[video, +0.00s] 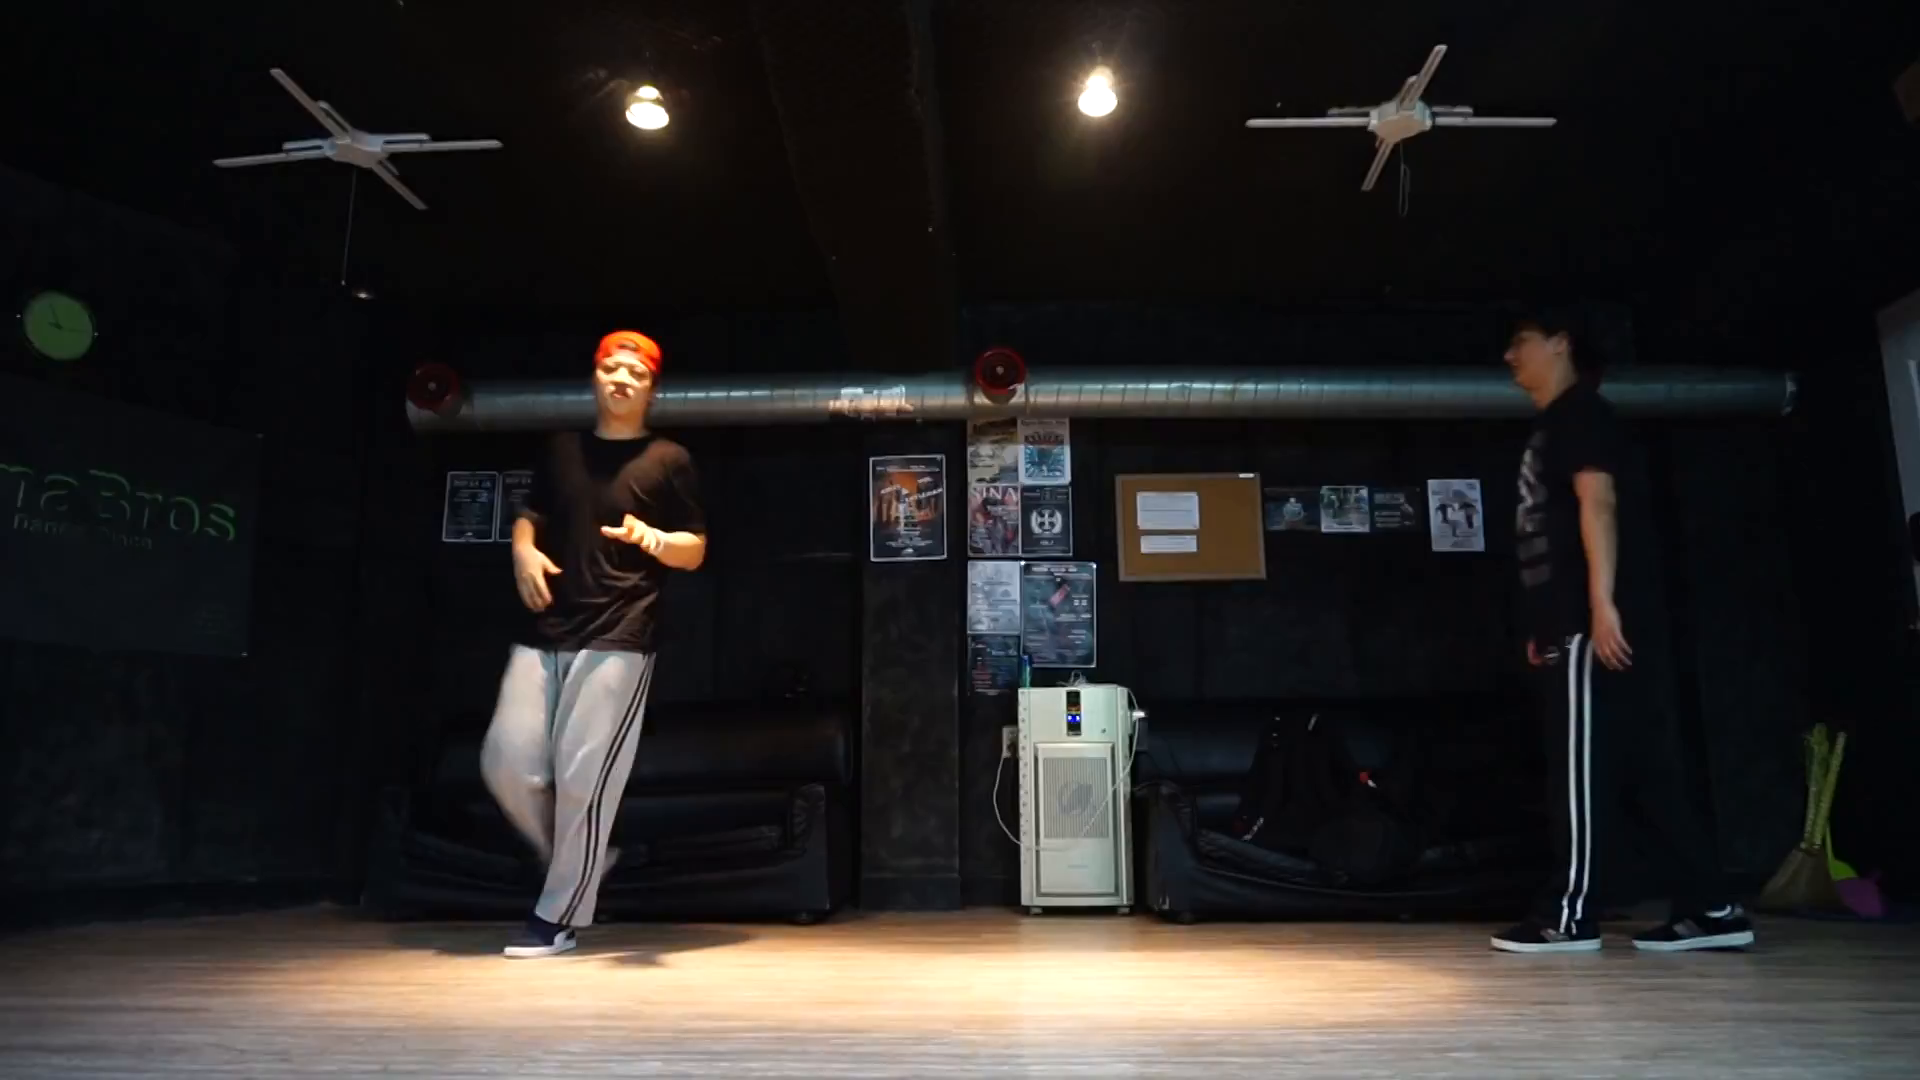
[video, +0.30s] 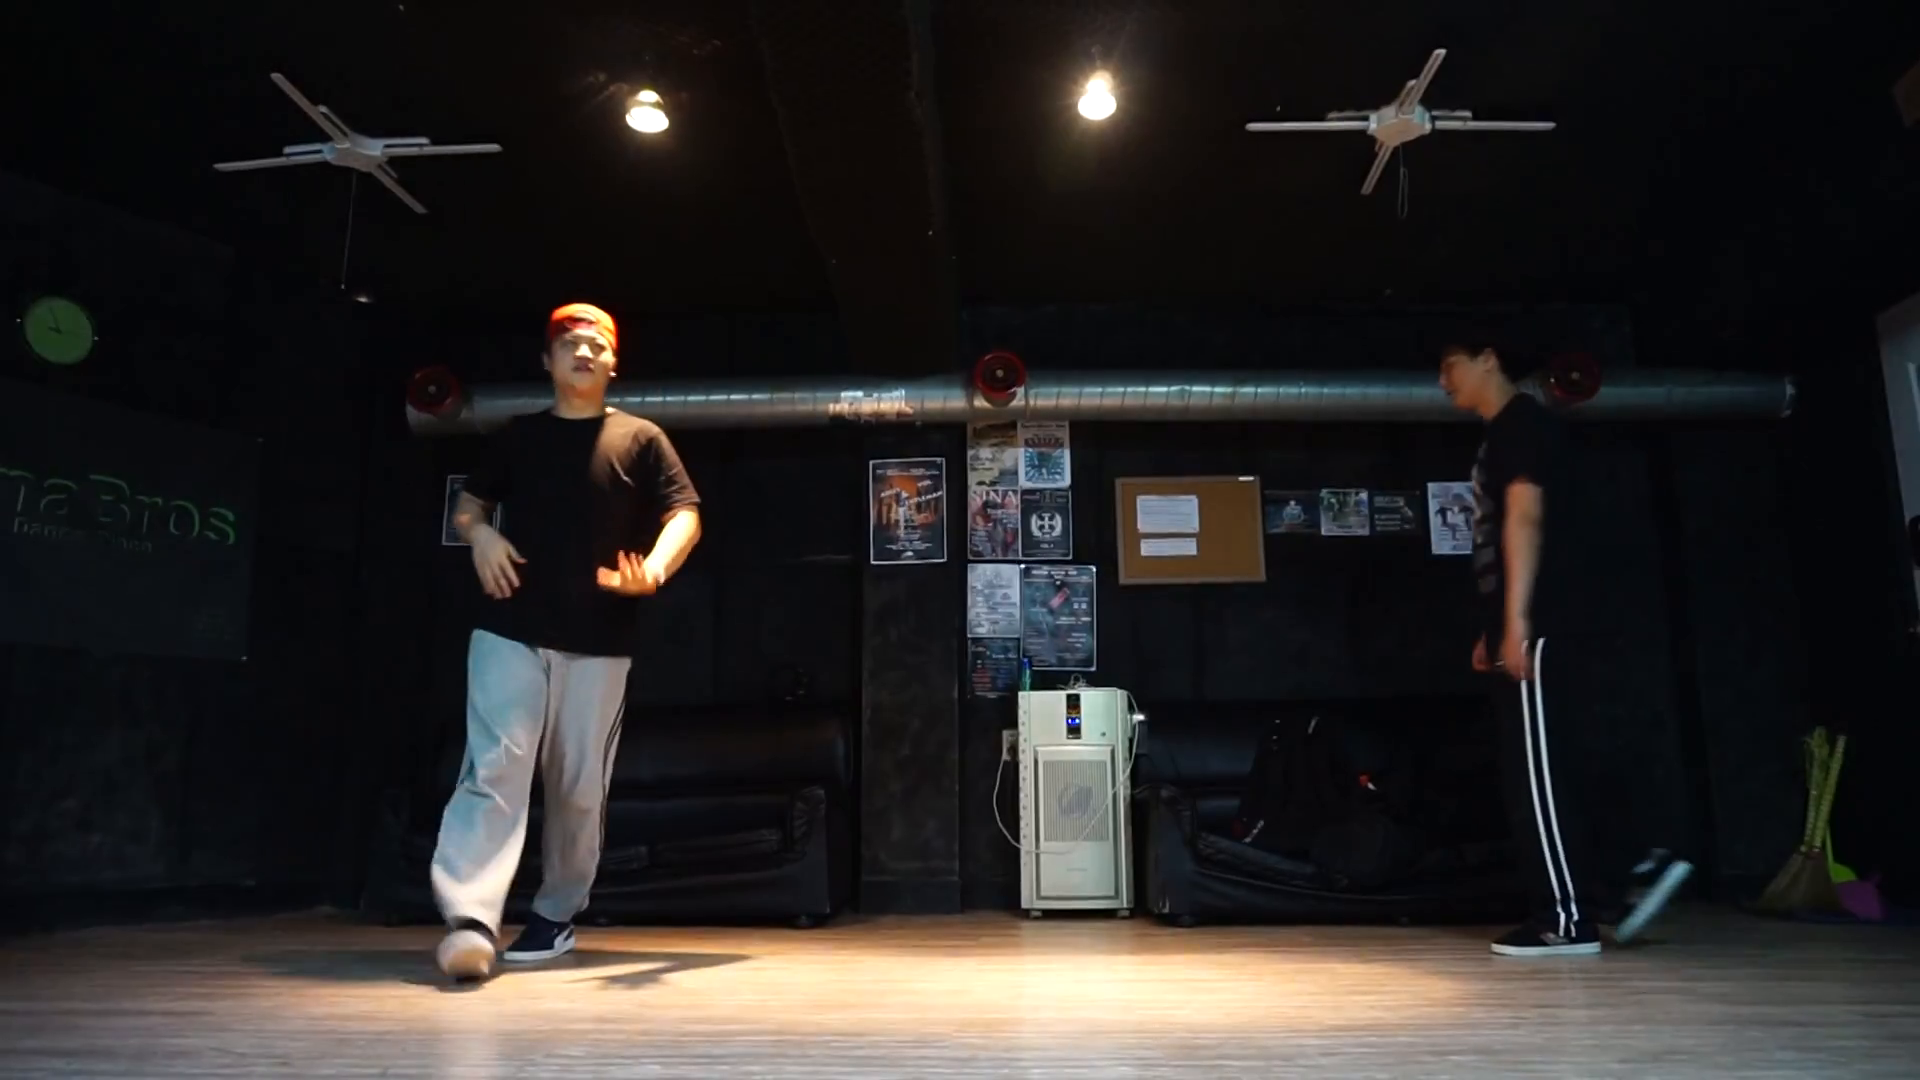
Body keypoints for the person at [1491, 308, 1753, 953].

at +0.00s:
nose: (1509, 355)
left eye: (1522, 341)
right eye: (1512, 343)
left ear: (1561, 346)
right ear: (1548, 351)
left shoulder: (1581, 416)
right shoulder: (1551, 427)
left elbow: (1599, 505)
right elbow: (1548, 531)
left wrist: (1603, 604)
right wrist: (1542, 622)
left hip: (1588, 625)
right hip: (1570, 627)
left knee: (1580, 774)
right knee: (1647, 766)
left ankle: (1571, 919)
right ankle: (1712, 908)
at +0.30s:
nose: (1444, 381)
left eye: (1452, 366)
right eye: (1443, 370)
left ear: (1488, 363)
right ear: (1483, 368)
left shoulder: (1522, 426)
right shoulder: (1502, 434)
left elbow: (1524, 522)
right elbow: (1505, 538)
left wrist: (1517, 622)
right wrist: (1495, 627)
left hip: (1540, 627)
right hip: (1531, 627)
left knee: (1540, 773)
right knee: (1558, 763)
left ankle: (1567, 923)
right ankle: (1639, 864)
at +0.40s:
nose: (1435, 376)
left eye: (1443, 362)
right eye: (1435, 366)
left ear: (1480, 361)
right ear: (1477, 366)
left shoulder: (1502, 426)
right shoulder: (1501, 425)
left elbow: (1490, 519)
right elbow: (1500, 527)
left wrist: (1474, 619)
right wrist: (1493, 618)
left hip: (1526, 622)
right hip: (1526, 619)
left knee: (1535, 769)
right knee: (1529, 764)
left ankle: (1567, 921)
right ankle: (1594, 861)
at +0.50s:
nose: (1425, 372)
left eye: (1435, 359)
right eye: (1425, 361)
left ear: (1469, 361)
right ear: (1464, 363)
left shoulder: (1478, 422)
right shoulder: (1472, 424)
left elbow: (1460, 514)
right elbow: (1473, 525)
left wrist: (1432, 610)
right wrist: (1459, 613)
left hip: (1506, 620)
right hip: (1489, 622)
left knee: (1525, 773)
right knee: (1494, 771)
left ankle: (1565, 921)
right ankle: (1519, 904)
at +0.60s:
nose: (1405, 378)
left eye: (1416, 365)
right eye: (1407, 366)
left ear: (1449, 369)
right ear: (1448, 371)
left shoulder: (1454, 428)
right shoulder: (1468, 431)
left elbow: (1432, 518)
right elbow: (1456, 530)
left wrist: (1393, 607)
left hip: (1490, 623)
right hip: (1473, 623)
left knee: (1519, 772)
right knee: (1453, 766)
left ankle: (1568, 922)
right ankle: (1440, 904)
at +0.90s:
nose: (1316, 415)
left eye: (1323, 402)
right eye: (1315, 405)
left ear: (1356, 398)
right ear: (1354, 401)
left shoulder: (1375, 449)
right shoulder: (1375, 453)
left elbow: (1371, 533)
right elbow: (1381, 544)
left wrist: (1345, 621)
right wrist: (1363, 625)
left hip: (1403, 628)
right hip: (1390, 631)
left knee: (1428, 757)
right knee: (1379, 765)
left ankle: (1542, 904)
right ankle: (1377, 910)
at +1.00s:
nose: (1296, 406)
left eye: (1303, 393)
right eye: (1296, 395)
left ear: (1337, 392)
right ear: (1336, 393)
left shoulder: (1352, 446)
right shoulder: (1345, 450)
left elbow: (1350, 520)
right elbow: (1353, 531)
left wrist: (1316, 601)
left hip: (1375, 622)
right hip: (1363, 623)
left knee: (1376, 755)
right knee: (1358, 761)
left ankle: (1491, 879)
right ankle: (1374, 907)